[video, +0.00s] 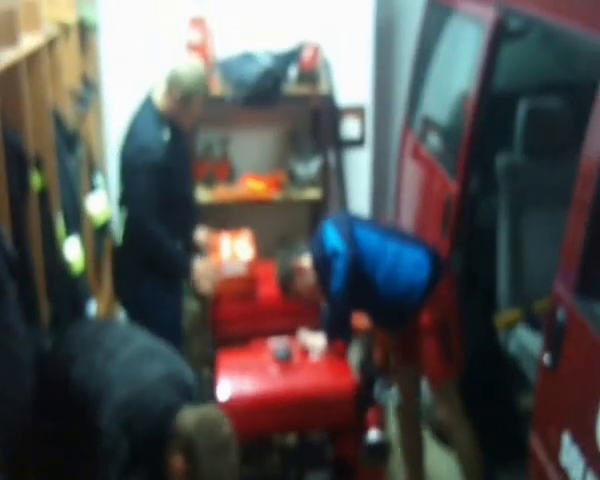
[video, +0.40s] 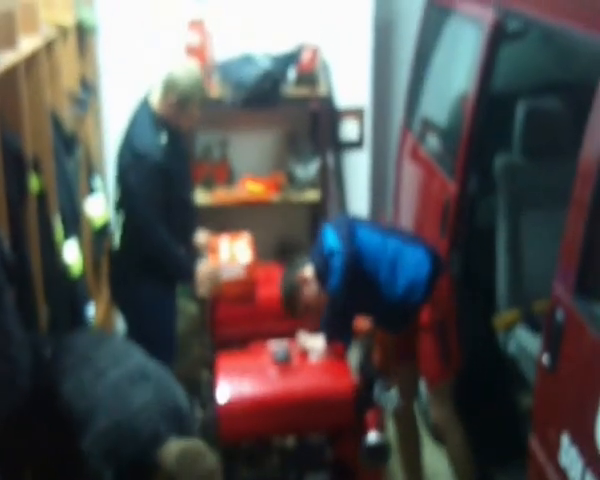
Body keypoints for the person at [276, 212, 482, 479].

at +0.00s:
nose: (310, 296)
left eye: (303, 292)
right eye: (304, 296)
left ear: (300, 268)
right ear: (303, 269)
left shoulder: (332, 229)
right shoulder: (331, 282)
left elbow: (339, 283)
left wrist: (328, 335)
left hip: (429, 293)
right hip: (396, 314)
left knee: (445, 398)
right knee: (406, 401)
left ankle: (473, 472)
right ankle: (414, 474)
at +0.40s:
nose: (316, 312)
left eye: (310, 307)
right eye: (310, 312)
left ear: (306, 282)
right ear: (308, 281)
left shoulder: (334, 234)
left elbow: (339, 284)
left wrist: (326, 337)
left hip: (430, 292)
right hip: (396, 313)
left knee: (440, 412)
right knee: (401, 407)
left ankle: (466, 473)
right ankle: (413, 474)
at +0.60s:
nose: (320, 295)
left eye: (312, 289)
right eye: (312, 294)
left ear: (307, 265)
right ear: (308, 263)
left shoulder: (339, 225)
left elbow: (344, 284)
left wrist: (326, 334)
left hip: (430, 293)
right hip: (399, 311)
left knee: (436, 406)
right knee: (404, 403)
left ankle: (460, 472)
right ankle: (413, 473)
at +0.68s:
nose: (318, 285)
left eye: (312, 279)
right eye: (312, 284)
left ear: (309, 255)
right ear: (310, 254)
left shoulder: (343, 216)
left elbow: (349, 280)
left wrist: (328, 334)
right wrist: (327, 332)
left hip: (429, 297)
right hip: (401, 309)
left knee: (433, 399)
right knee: (408, 399)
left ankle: (454, 471)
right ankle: (414, 472)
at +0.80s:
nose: (318, 273)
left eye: (313, 268)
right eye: (313, 272)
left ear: (312, 243)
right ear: (314, 242)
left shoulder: (345, 207)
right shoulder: (339, 239)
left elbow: (353, 267)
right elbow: (372, 288)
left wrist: (330, 330)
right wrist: (373, 337)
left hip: (428, 298)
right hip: (402, 308)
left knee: (432, 396)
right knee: (408, 399)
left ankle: (446, 472)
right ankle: (414, 471)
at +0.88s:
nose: (320, 264)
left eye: (315, 260)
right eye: (314, 264)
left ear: (312, 239)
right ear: (312, 238)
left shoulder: (349, 205)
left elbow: (355, 264)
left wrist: (330, 329)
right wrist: (374, 335)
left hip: (428, 297)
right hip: (402, 305)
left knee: (430, 397)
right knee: (410, 397)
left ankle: (443, 471)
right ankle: (416, 472)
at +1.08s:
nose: (323, 249)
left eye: (318, 243)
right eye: (316, 248)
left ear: (318, 219)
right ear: (317, 217)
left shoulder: (359, 191)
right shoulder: (346, 209)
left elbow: (363, 262)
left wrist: (330, 327)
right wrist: (333, 328)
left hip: (427, 296)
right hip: (409, 300)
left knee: (425, 399)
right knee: (418, 397)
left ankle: (432, 470)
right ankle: (424, 469)